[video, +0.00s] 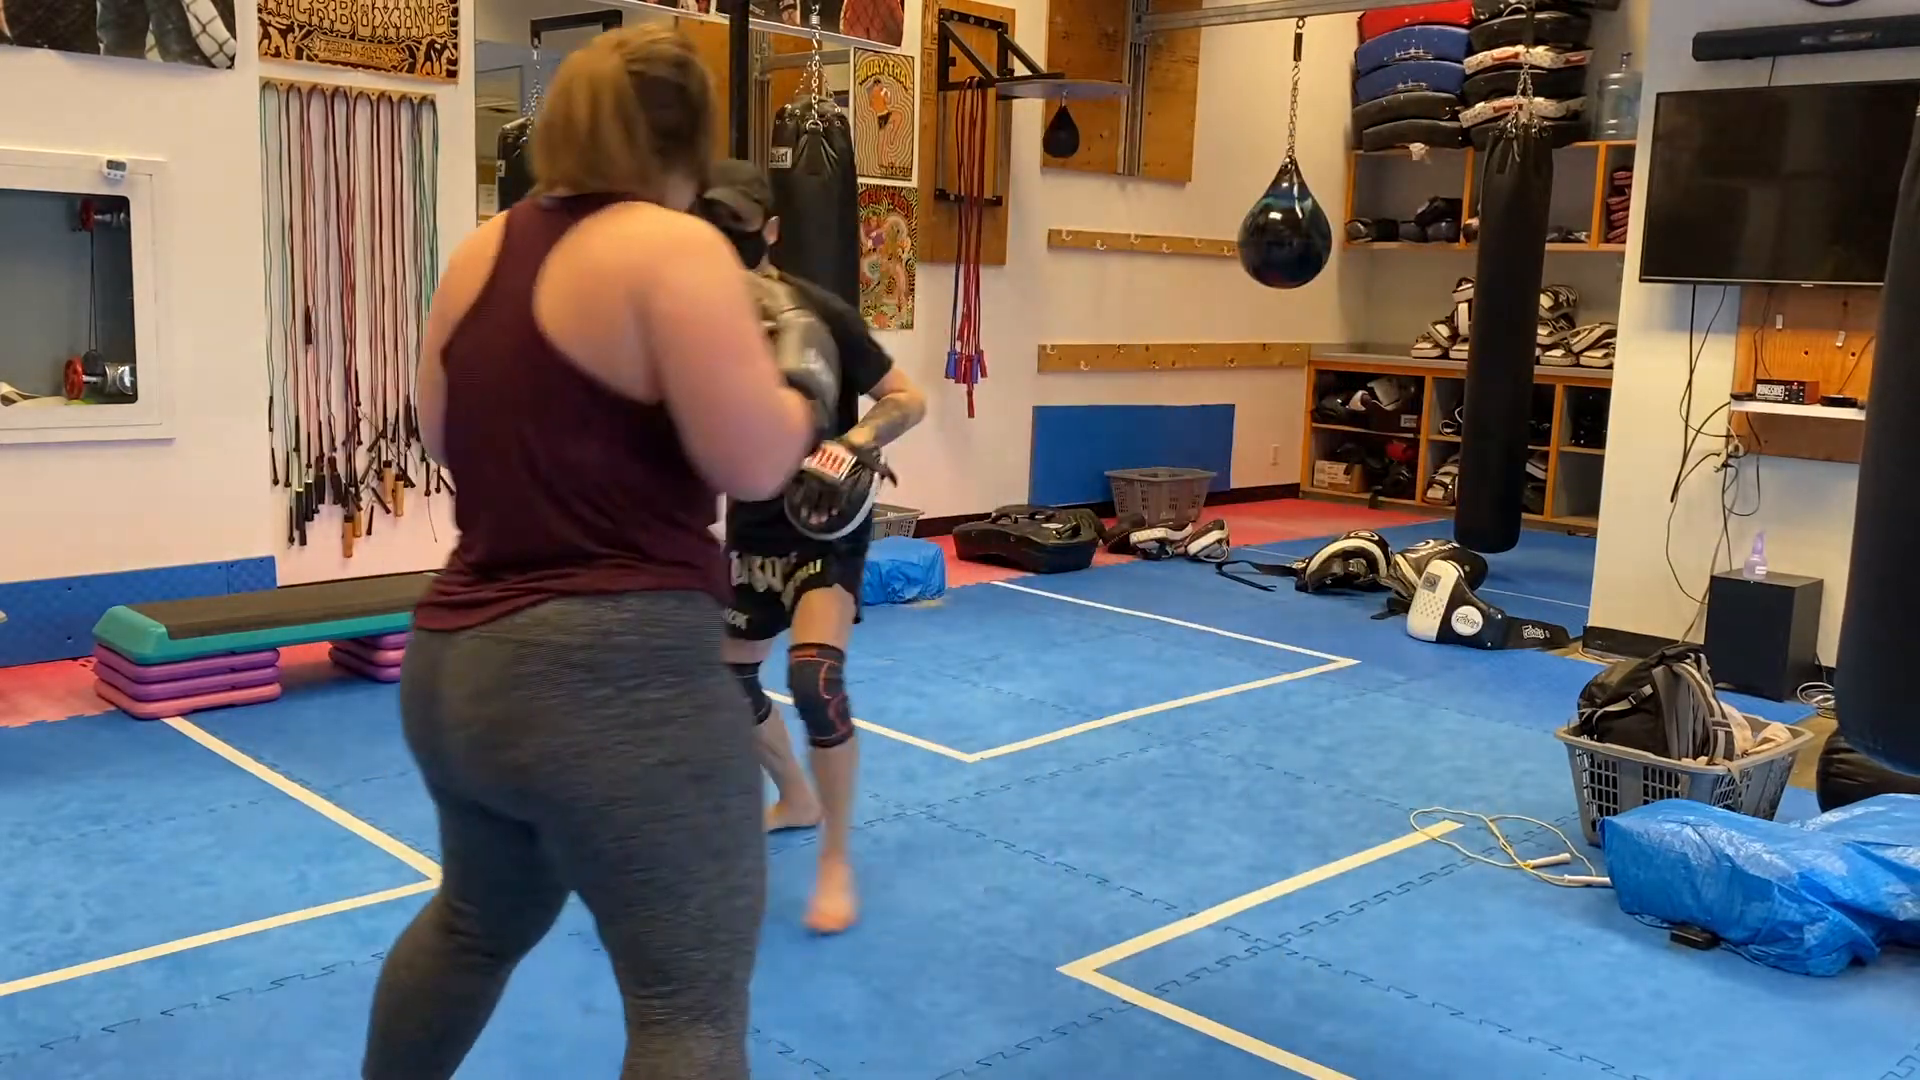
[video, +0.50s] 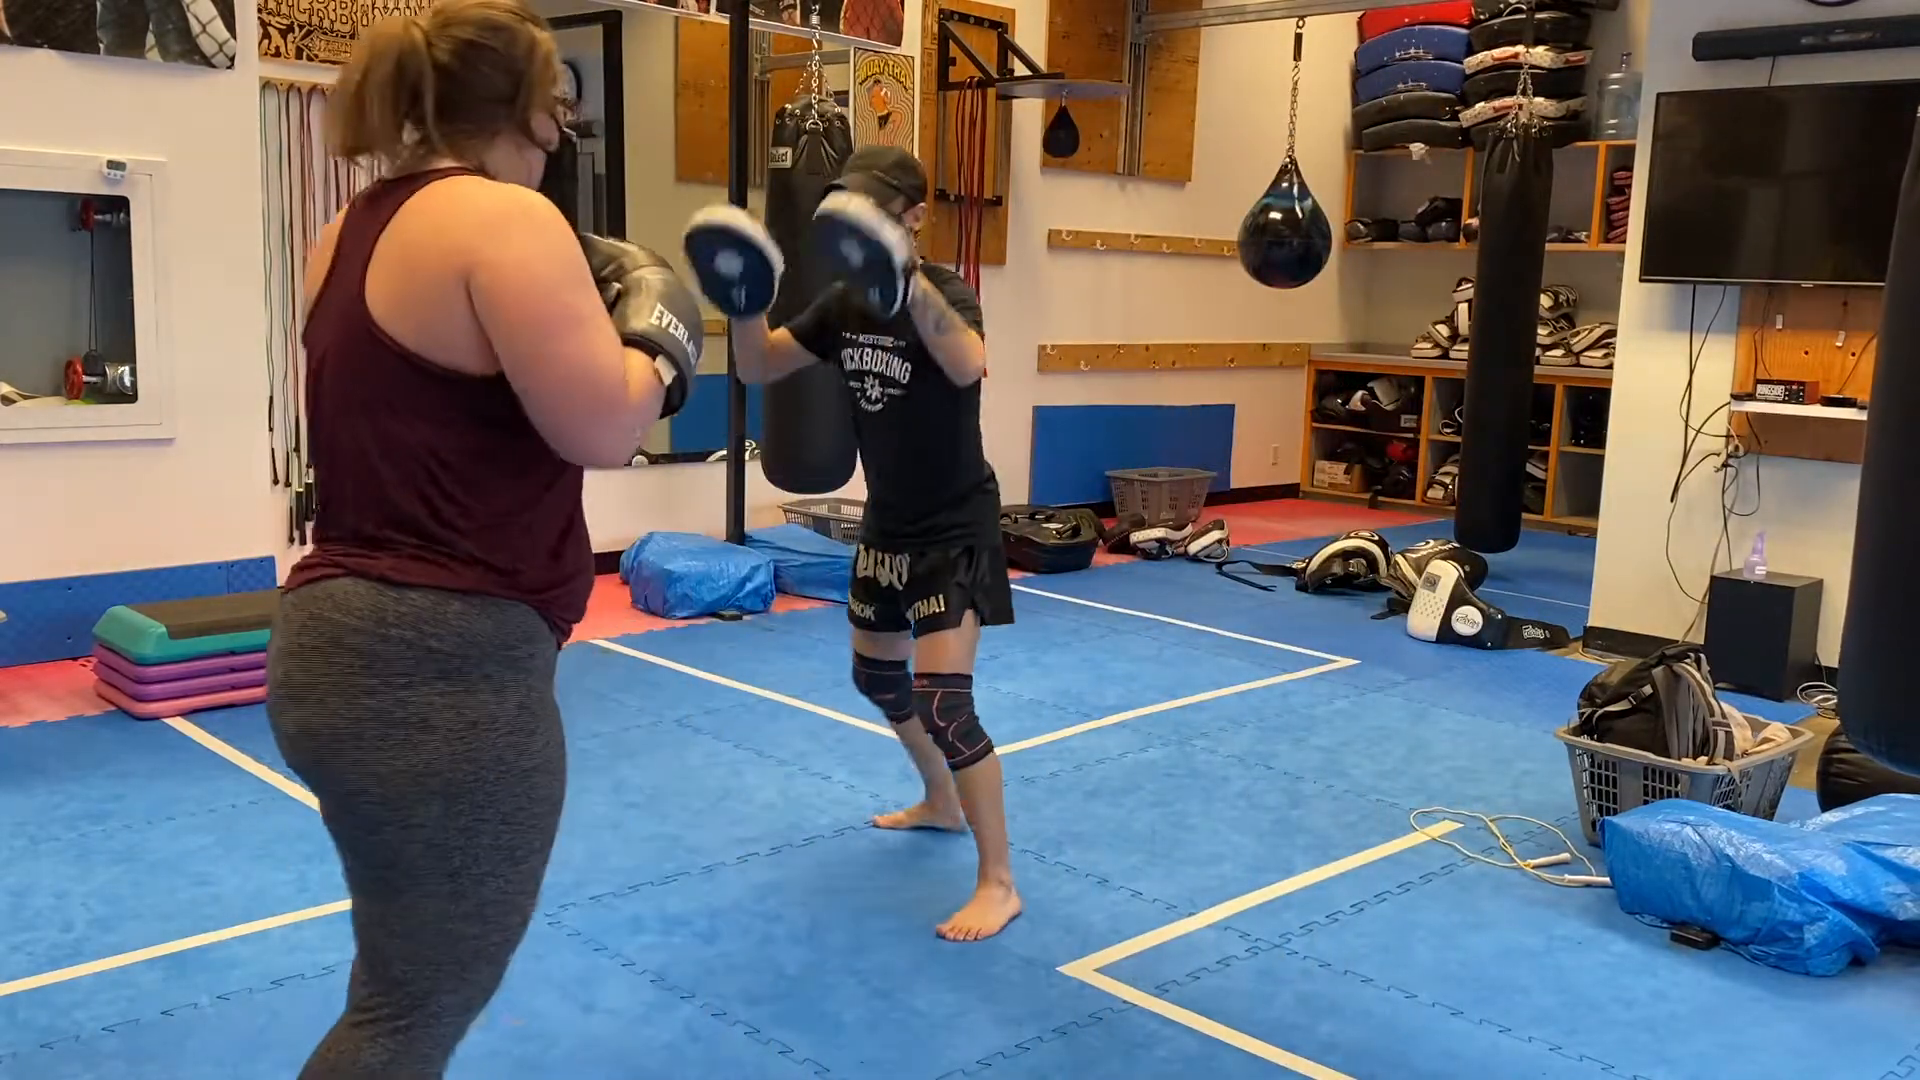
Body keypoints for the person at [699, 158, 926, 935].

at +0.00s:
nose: (715, 240)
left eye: (730, 225)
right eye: (706, 224)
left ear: (765, 227)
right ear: (694, 226)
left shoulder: (814, 310)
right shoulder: (698, 315)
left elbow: (909, 400)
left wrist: (851, 442)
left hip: (827, 513)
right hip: (748, 513)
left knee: (815, 679)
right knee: (728, 683)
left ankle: (836, 858)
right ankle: (797, 796)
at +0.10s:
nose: (747, 226)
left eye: (764, 213)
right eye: (739, 211)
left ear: (802, 215)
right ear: (726, 213)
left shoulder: (850, 303)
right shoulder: (735, 303)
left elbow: (939, 394)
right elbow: (723, 387)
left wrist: (869, 420)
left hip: (859, 505)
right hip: (785, 503)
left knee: (858, 692)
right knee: (760, 672)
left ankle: (934, 862)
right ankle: (800, 799)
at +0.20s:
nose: (785, 233)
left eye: (804, 220)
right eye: (779, 217)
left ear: (843, 223)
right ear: (769, 216)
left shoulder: (882, 317)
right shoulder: (784, 320)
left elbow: (960, 416)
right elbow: (774, 411)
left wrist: (878, 418)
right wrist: (717, 400)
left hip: (900, 520)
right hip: (830, 518)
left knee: (904, 711)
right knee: (787, 672)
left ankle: (993, 878)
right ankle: (802, 802)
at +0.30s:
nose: (821, 245)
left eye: (837, 232)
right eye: (813, 231)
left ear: (881, 232)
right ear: (807, 230)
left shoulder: (912, 319)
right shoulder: (819, 323)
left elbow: (957, 420)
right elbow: (785, 414)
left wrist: (866, 411)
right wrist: (761, 406)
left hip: (940, 532)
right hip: (872, 530)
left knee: (936, 715)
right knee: (812, 667)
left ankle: (999, 885)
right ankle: (813, 799)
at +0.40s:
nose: (840, 230)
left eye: (856, 218)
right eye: (833, 216)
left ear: (898, 217)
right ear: (827, 217)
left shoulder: (932, 297)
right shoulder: (832, 299)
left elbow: (960, 393)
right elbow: (774, 395)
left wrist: (878, 335)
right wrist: (743, 350)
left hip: (953, 519)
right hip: (886, 517)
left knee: (947, 704)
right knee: (840, 662)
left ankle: (999, 884)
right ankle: (879, 796)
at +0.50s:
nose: (859, 233)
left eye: (874, 218)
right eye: (850, 221)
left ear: (911, 216)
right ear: (842, 228)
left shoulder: (944, 290)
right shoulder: (840, 300)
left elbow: (967, 367)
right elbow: (756, 367)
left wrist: (911, 284)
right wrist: (745, 295)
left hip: (954, 518)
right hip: (886, 519)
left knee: (944, 706)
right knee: (881, 677)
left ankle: (998, 881)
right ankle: (943, 802)